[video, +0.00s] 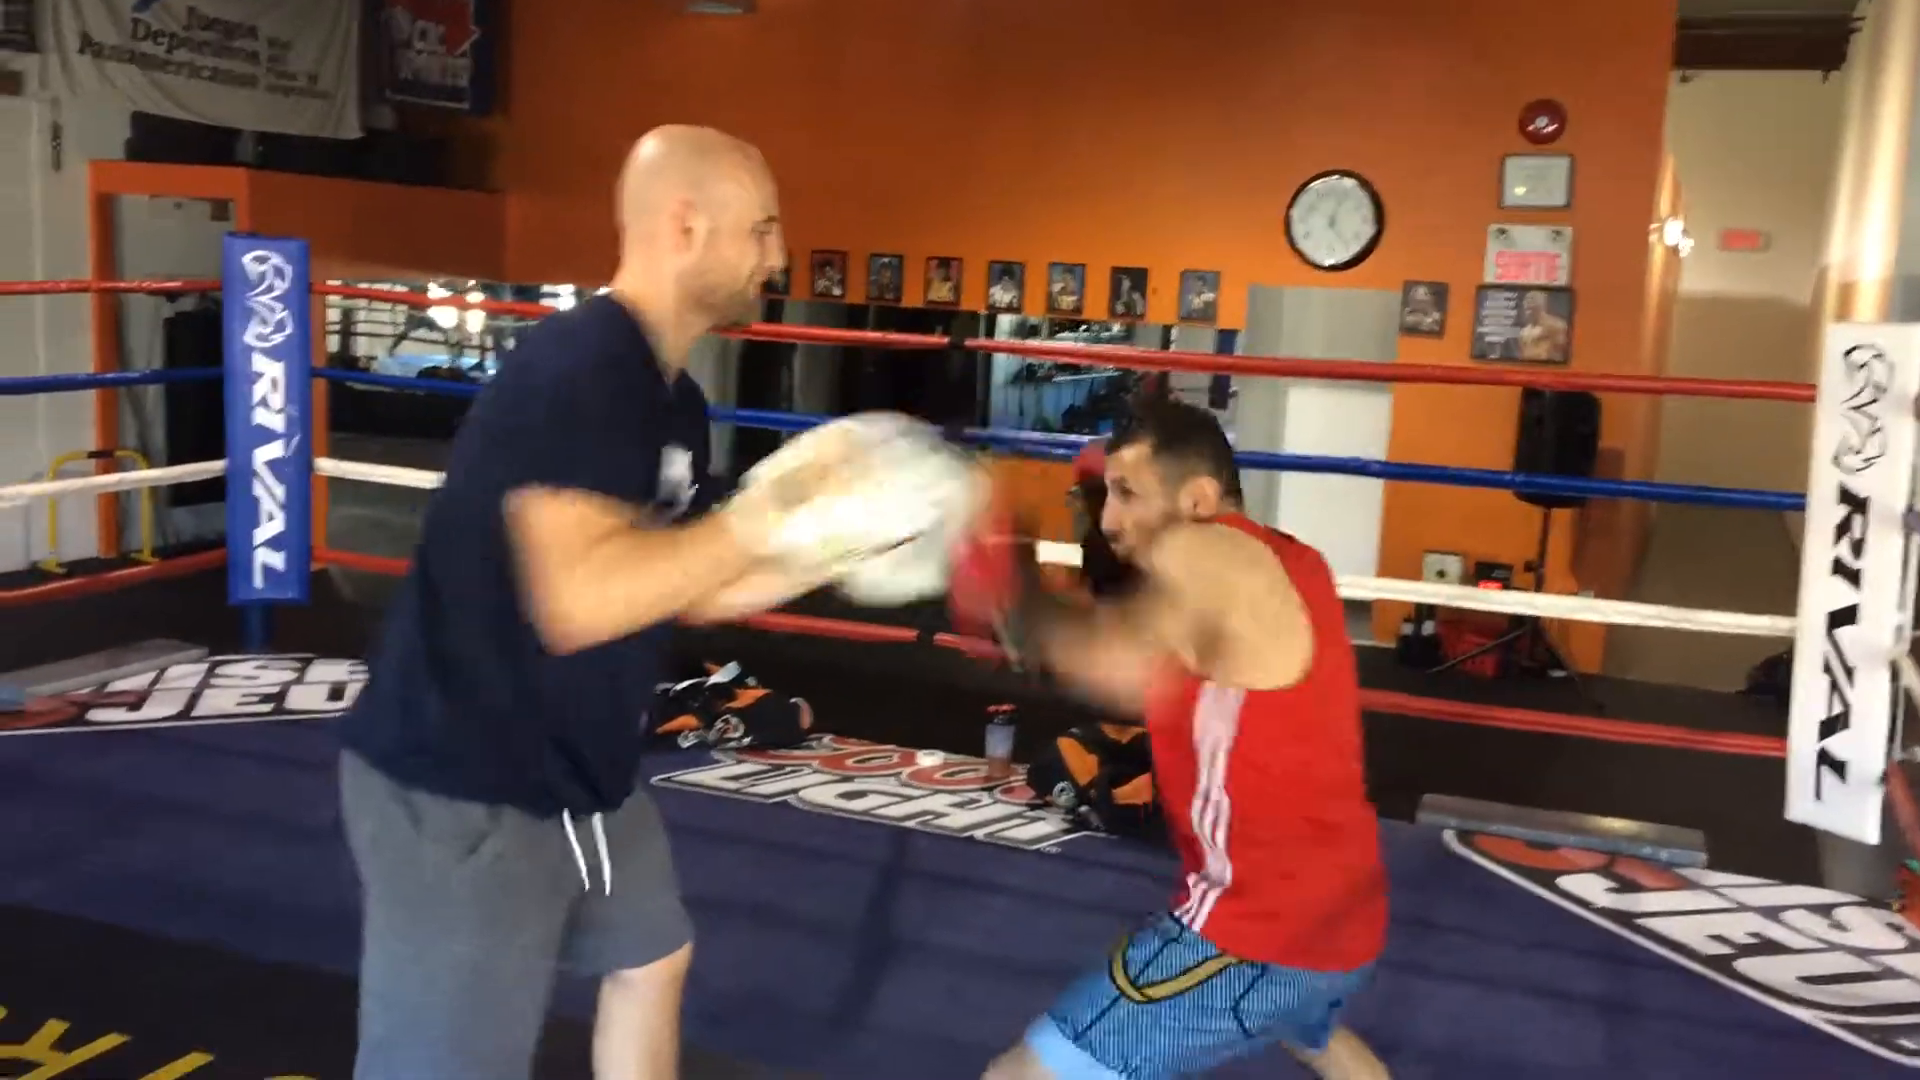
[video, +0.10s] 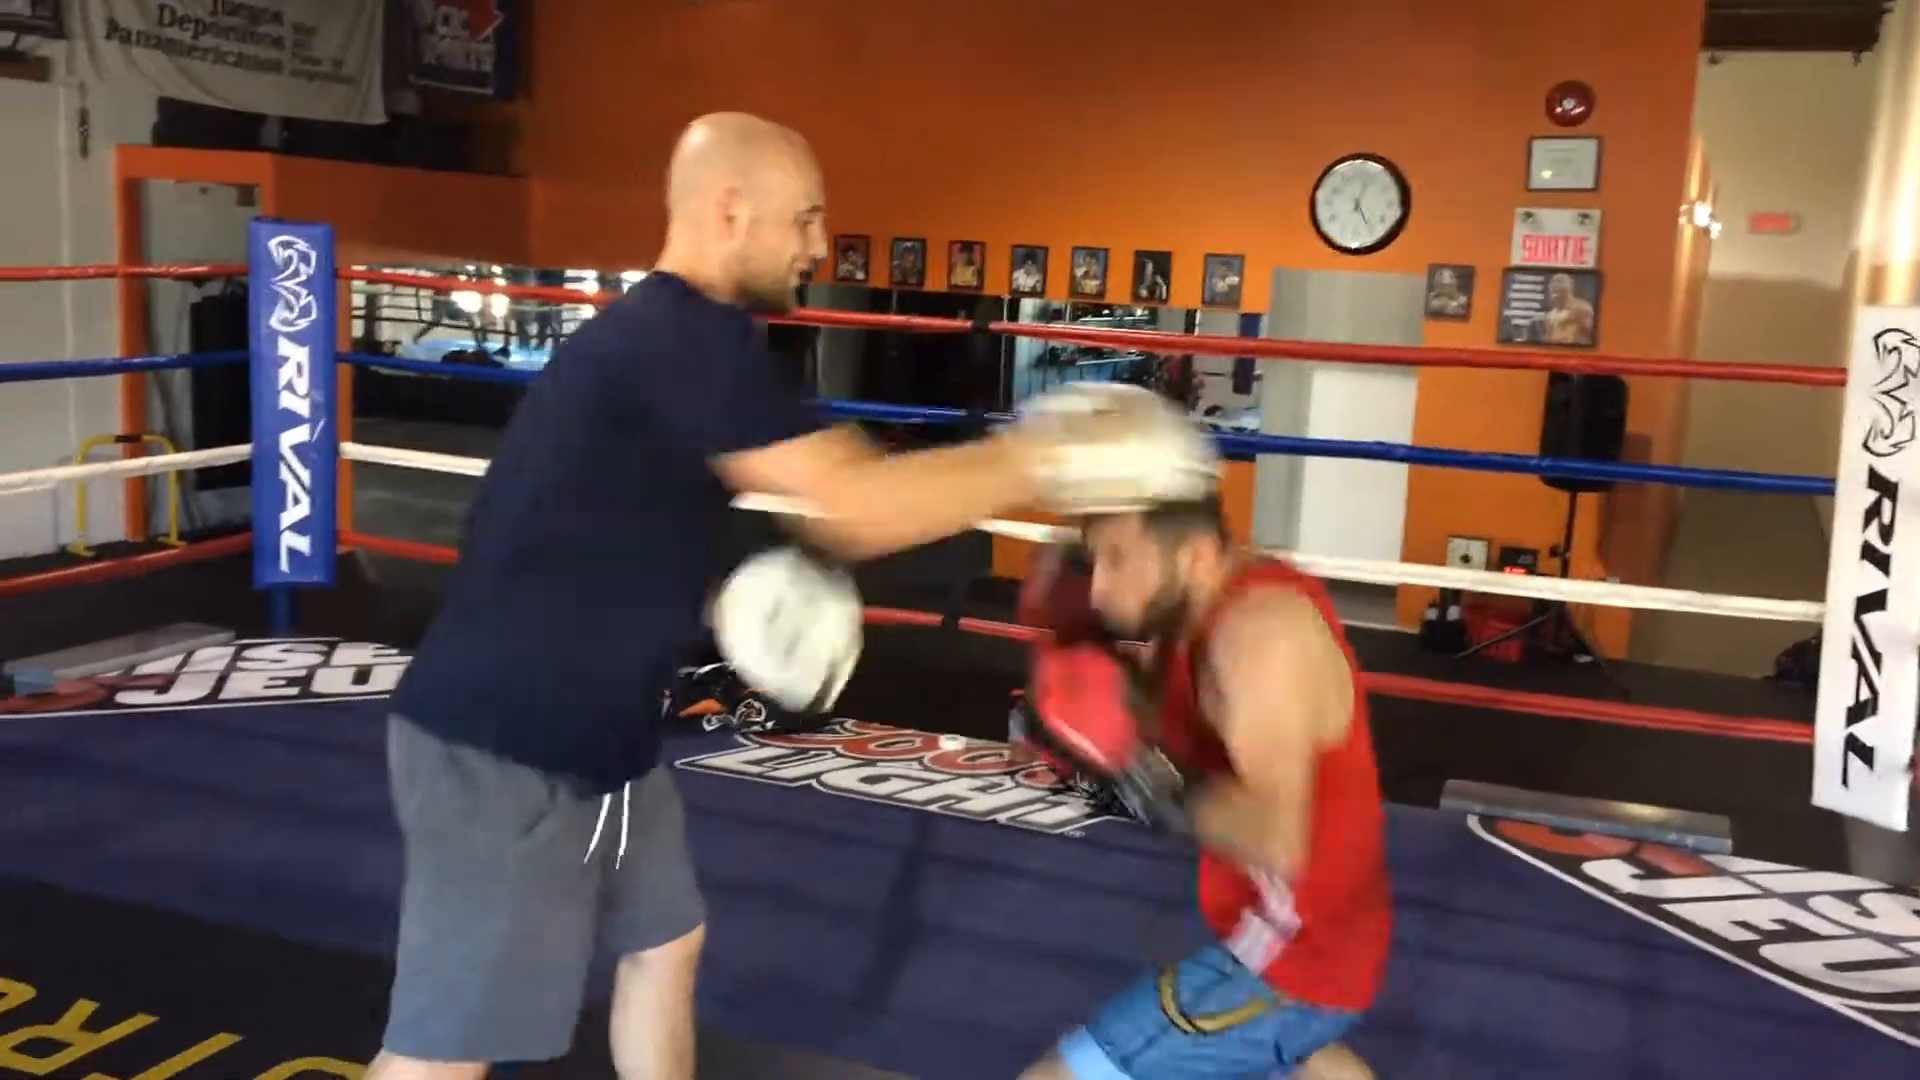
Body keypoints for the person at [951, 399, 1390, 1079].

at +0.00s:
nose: (1107, 517)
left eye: (1126, 495)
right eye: (1108, 493)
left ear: (1198, 498)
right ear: (1209, 503)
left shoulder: (1200, 555)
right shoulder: (1290, 560)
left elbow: (1118, 663)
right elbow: (1156, 683)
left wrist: (1015, 603)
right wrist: (1036, 618)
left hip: (1251, 933)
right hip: (1338, 924)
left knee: (1023, 1072)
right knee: (1317, 1036)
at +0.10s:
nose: (1098, 589)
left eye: (1116, 561)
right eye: (1094, 561)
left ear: (1197, 557)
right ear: (1200, 558)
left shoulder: (1262, 633)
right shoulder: (1207, 605)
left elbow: (1275, 837)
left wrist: (1136, 762)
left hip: (1296, 958)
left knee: (1056, 1074)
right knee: (1291, 1045)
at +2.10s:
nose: (1199, 350)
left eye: (1220, 326)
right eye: (1204, 324)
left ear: (1295, 338)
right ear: (1305, 341)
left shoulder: (1299, 440)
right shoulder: (1393, 438)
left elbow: (1283, 645)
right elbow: (1311, 592)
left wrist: (1164, 544)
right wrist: (1195, 507)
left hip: (1251, 814)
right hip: (1357, 812)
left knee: (1054, 1009)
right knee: (1357, 1034)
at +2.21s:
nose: (1176, 379)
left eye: (1195, 355)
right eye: (1180, 353)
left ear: (1268, 366)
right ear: (1279, 366)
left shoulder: (1270, 462)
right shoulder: (1371, 462)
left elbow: (1233, 658)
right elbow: (1285, 618)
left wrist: (1125, 552)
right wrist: (1171, 533)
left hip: (1229, 851)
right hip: (1340, 845)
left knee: (1032, 1045)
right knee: (1340, 1057)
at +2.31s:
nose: (1125, 406)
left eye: (1144, 384)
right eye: (1128, 382)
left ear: (1219, 396)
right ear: (1232, 397)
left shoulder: (1217, 491)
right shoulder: (1329, 485)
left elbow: (1133, 681)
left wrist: (1054, 553)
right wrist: (1127, 524)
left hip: (1194, 891)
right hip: (1316, 888)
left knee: (1009, 1063)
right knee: (1310, 1070)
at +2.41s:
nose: (1061, 438)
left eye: (1079, 415)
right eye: (1065, 411)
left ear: (1151, 425)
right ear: (1166, 424)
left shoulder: (1158, 518)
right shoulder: (1286, 494)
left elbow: (1051, 707)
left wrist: (989, 572)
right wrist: (1073, 543)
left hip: (1197, 907)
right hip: (1327, 899)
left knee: (1012, 1069)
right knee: (1319, 1073)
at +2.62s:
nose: (1078, 470)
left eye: (1097, 448)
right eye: (1083, 444)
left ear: (1167, 457)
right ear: (1185, 457)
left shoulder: (1181, 546)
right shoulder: (1312, 518)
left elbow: (1080, 744)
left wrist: (1015, 607)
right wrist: (1097, 572)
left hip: (1240, 942)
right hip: (1378, 928)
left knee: (1060, 1068)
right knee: (1393, 1067)